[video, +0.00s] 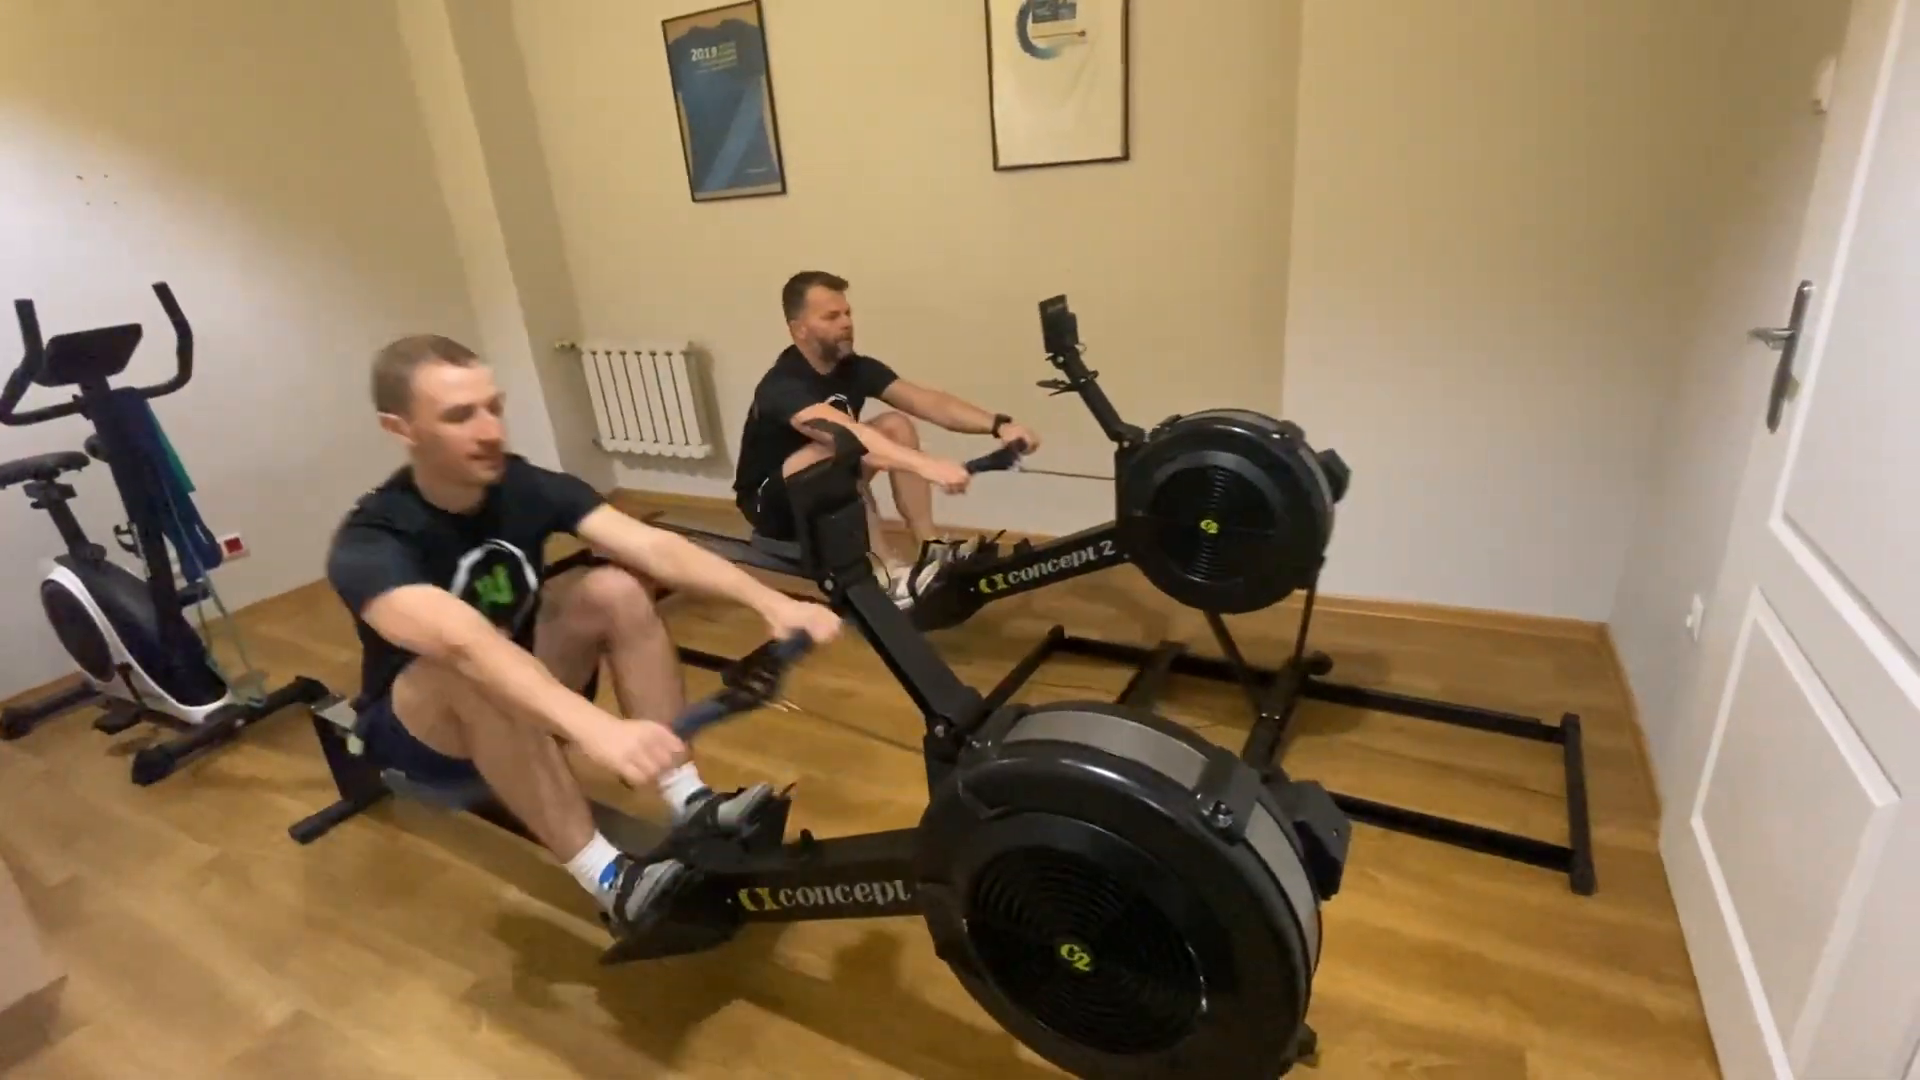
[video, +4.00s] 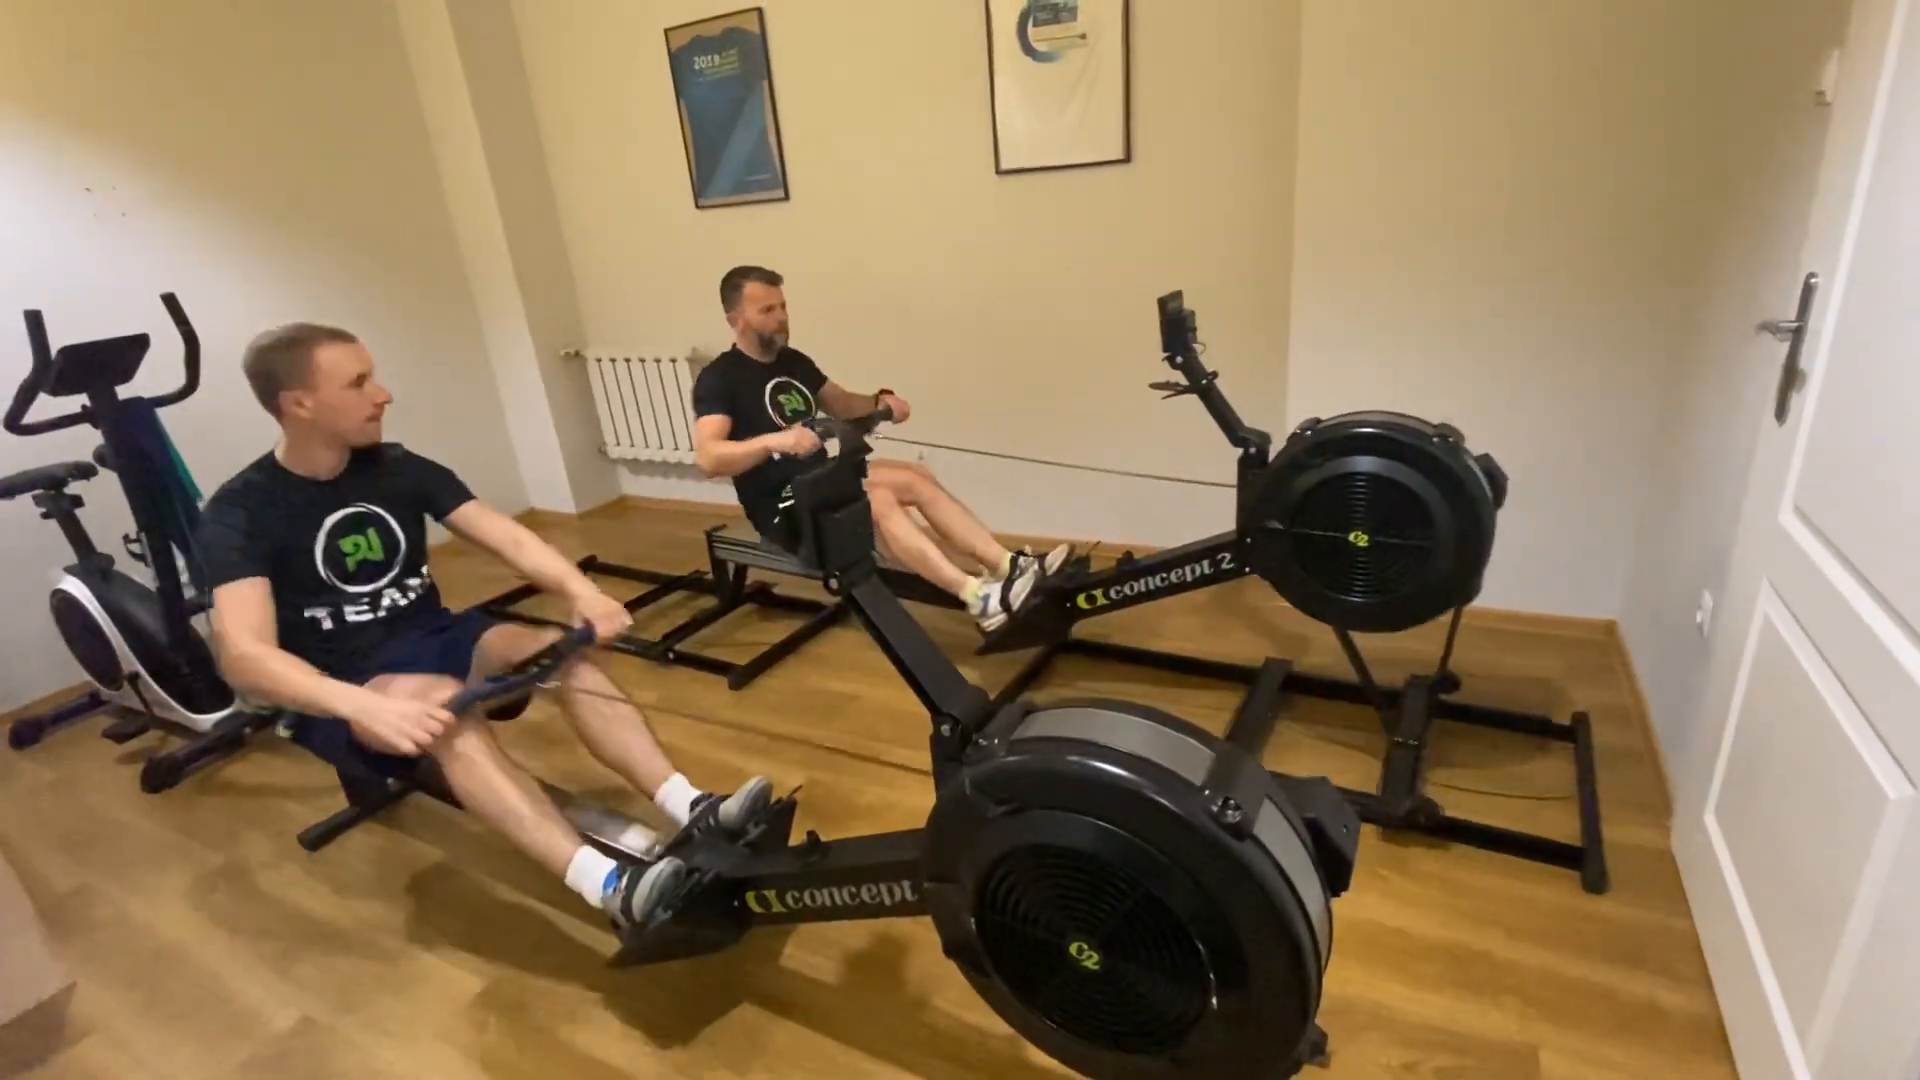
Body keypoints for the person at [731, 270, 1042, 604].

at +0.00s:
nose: (847, 324)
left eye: (848, 314)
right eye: (833, 316)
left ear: (851, 314)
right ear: (797, 328)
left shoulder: (854, 369)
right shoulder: (783, 387)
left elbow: (928, 402)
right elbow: (849, 436)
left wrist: (998, 424)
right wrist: (929, 466)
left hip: (823, 484)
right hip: (770, 500)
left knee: (896, 428)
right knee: (834, 453)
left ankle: (930, 548)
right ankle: (887, 570)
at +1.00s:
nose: (742, 323)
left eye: (743, 312)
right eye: (729, 315)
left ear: (744, 311)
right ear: (696, 321)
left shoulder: (751, 362)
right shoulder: (679, 383)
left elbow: (776, 412)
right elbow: (663, 467)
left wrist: (806, 390)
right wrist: (699, 426)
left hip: (829, 473)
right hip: (784, 499)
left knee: (908, 506)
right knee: (878, 532)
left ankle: (1028, 565)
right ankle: (997, 596)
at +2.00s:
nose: (818, 317)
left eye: (819, 307)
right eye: (804, 310)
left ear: (821, 303)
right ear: (769, 317)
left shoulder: (826, 358)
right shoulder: (746, 369)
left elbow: (888, 395)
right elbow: (779, 442)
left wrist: (945, 413)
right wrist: (854, 462)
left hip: (818, 476)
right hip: (762, 496)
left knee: (888, 429)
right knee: (818, 460)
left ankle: (932, 548)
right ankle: (892, 566)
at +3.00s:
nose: (768, 310)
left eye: (768, 298)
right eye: (754, 304)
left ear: (771, 295)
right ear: (722, 312)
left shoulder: (786, 352)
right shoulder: (714, 372)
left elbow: (852, 387)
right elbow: (759, 423)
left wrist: (906, 395)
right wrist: (823, 436)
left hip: (826, 479)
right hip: (777, 500)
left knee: (906, 484)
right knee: (871, 508)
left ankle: (1008, 567)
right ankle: (975, 597)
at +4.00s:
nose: (782, 317)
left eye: (782, 307)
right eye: (769, 310)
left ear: (784, 307)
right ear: (736, 319)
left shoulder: (792, 360)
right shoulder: (717, 380)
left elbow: (837, 403)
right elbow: (709, 458)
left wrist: (876, 405)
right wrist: (772, 442)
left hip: (831, 481)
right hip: (785, 505)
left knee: (917, 480)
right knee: (879, 502)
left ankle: (1011, 568)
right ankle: (978, 597)